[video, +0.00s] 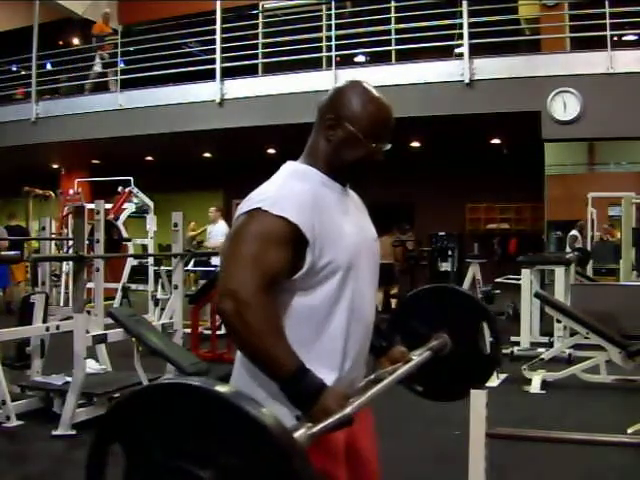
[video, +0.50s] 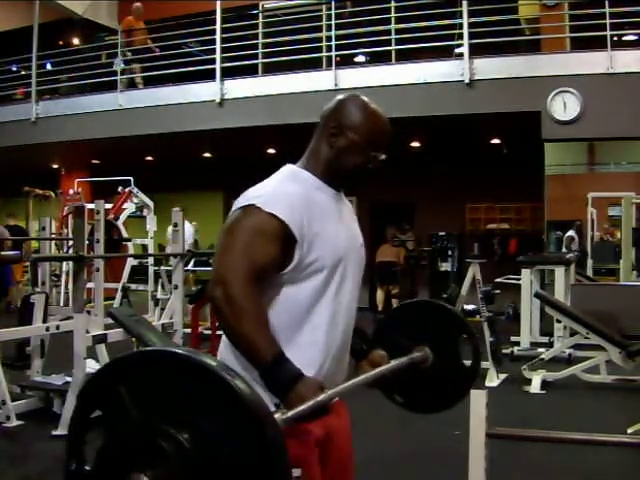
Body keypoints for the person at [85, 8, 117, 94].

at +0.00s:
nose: (107, 18)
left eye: (108, 16)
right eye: (106, 16)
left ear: (109, 17)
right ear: (103, 17)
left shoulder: (109, 28)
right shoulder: (98, 26)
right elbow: (95, 39)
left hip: (109, 52)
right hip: (100, 51)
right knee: (97, 69)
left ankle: (113, 89)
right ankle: (87, 89)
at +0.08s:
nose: (115, 17)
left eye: (115, 15)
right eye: (113, 15)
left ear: (115, 16)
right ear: (110, 16)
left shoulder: (115, 26)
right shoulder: (104, 26)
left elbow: (116, 40)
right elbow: (100, 40)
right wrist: (104, 50)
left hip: (114, 52)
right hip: (105, 51)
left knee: (116, 70)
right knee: (104, 69)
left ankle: (116, 88)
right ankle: (91, 89)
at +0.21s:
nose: (123, 14)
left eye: (124, 11)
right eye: (121, 11)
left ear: (125, 13)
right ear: (117, 12)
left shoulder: (124, 26)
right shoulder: (111, 24)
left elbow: (125, 41)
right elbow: (107, 38)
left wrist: (127, 52)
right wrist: (111, 51)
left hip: (121, 51)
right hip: (111, 51)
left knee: (118, 70)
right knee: (117, 69)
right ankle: (103, 88)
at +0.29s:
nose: (127, 13)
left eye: (128, 11)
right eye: (125, 11)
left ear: (130, 12)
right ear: (122, 11)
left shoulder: (129, 24)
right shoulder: (117, 22)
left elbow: (132, 41)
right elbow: (111, 35)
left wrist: (137, 52)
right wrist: (113, 47)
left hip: (128, 49)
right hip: (120, 50)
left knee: (125, 69)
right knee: (122, 68)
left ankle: (121, 87)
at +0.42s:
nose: (135, 12)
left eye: (136, 10)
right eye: (133, 10)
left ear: (137, 11)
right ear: (129, 11)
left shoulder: (137, 24)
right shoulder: (124, 21)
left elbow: (141, 39)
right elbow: (118, 35)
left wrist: (149, 49)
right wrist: (119, 48)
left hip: (134, 49)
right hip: (125, 49)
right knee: (131, 68)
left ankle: (120, 87)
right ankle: (134, 86)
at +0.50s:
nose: (139, 12)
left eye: (140, 9)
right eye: (137, 9)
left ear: (142, 10)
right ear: (133, 10)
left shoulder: (141, 22)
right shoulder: (128, 20)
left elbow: (146, 38)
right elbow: (122, 34)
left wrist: (154, 48)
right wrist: (124, 48)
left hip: (140, 49)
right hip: (132, 48)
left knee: (128, 70)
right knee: (137, 69)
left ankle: (122, 87)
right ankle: (141, 88)